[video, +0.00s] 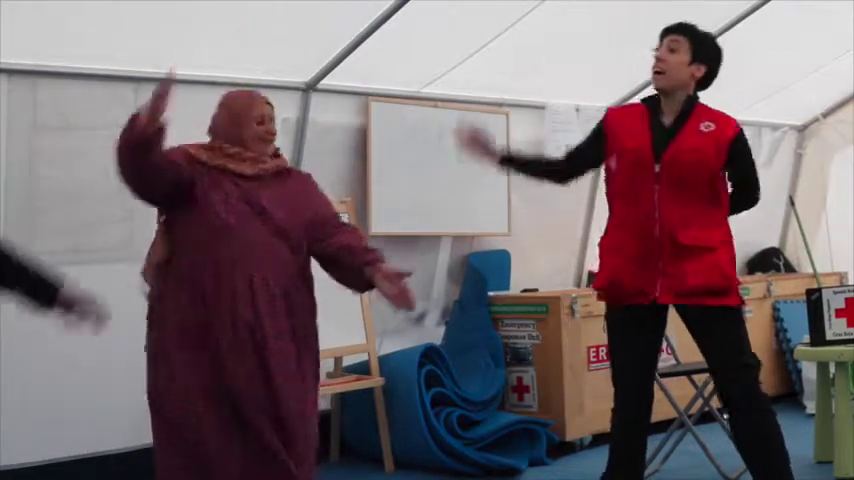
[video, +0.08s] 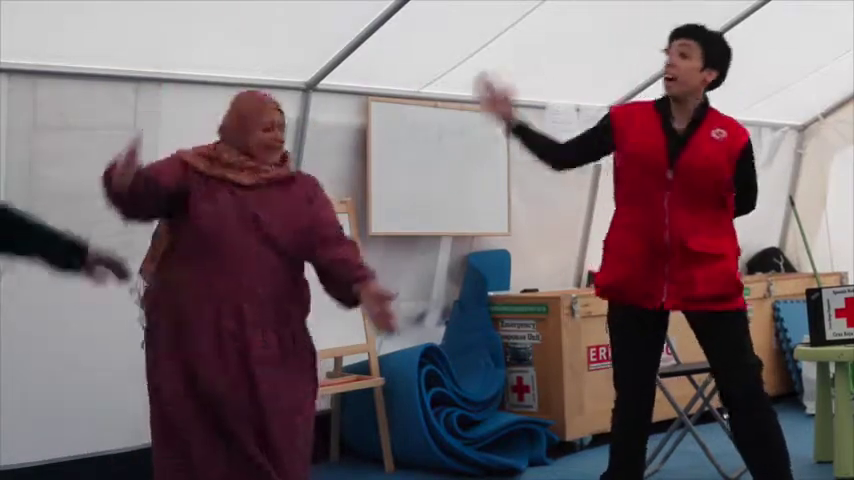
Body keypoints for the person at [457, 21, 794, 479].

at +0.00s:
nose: (658, 57)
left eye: (672, 51)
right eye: (658, 50)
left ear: (699, 71)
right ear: (654, 63)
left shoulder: (724, 130)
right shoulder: (618, 122)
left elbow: (748, 194)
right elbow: (564, 169)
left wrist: (700, 215)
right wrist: (498, 156)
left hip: (704, 277)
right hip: (631, 278)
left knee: (744, 395)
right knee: (630, 405)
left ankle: (776, 478)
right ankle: (622, 479)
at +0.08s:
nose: (669, 62)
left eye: (683, 55)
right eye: (668, 54)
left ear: (710, 75)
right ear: (664, 65)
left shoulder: (732, 136)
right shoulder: (627, 120)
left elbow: (744, 201)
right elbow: (561, 156)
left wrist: (691, 217)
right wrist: (512, 121)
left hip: (708, 278)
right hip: (634, 278)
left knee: (746, 395)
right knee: (632, 403)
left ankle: (775, 478)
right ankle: (621, 479)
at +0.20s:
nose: (697, 85)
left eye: (711, 77)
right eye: (693, 74)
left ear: (734, 89)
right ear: (686, 77)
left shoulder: (749, 150)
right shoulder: (646, 127)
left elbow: (749, 206)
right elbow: (583, 158)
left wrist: (695, 213)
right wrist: (566, 119)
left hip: (717, 284)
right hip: (644, 282)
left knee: (750, 400)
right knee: (634, 405)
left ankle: (776, 477)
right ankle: (622, 478)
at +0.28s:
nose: (725, 118)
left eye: (737, 110)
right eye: (719, 105)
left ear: (753, 115)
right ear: (707, 104)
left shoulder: (765, 167)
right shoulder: (666, 146)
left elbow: (741, 213)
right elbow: (611, 185)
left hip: (721, 285)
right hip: (650, 283)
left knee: (751, 399)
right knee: (635, 405)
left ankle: (776, 476)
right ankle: (622, 477)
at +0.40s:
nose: (760, 183)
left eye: (770, 173)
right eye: (751, 171)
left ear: (781, 170)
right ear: (735, 161)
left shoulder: (786, 206)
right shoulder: (690, 188)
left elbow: (753, 258)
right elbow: (674, 256)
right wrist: (712, 304)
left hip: (730, 289)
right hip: (660, 285)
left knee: (754, 394)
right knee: (640, 397)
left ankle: (776, 473)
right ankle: (623, 474)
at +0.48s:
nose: (778, 237)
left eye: (786, 227)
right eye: (768, 225)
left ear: (799, 215)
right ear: (749, 206)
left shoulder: (799, 233)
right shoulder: (701, 223)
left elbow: (754, 283)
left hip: (733, 298)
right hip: (663, 288)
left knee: (755, 394)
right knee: (644, 395)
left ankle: (777, 473)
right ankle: (625, 474)